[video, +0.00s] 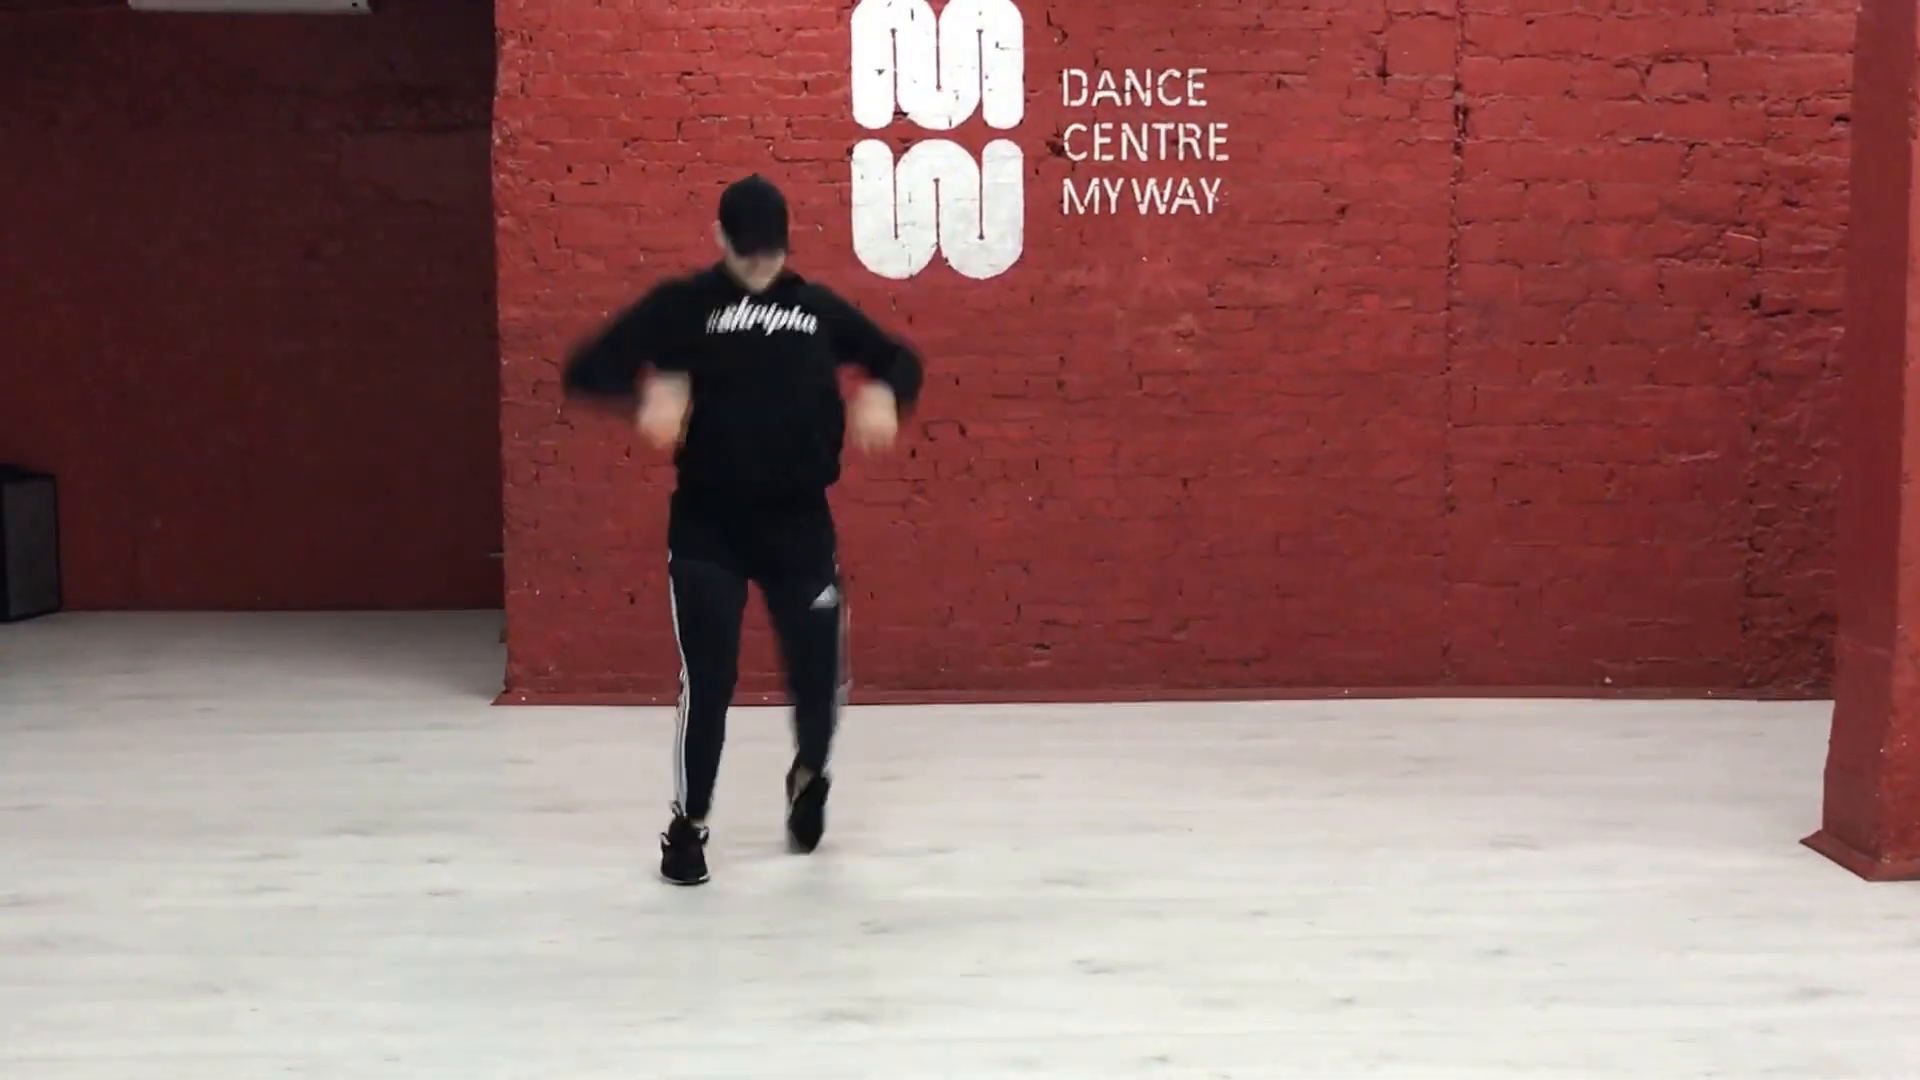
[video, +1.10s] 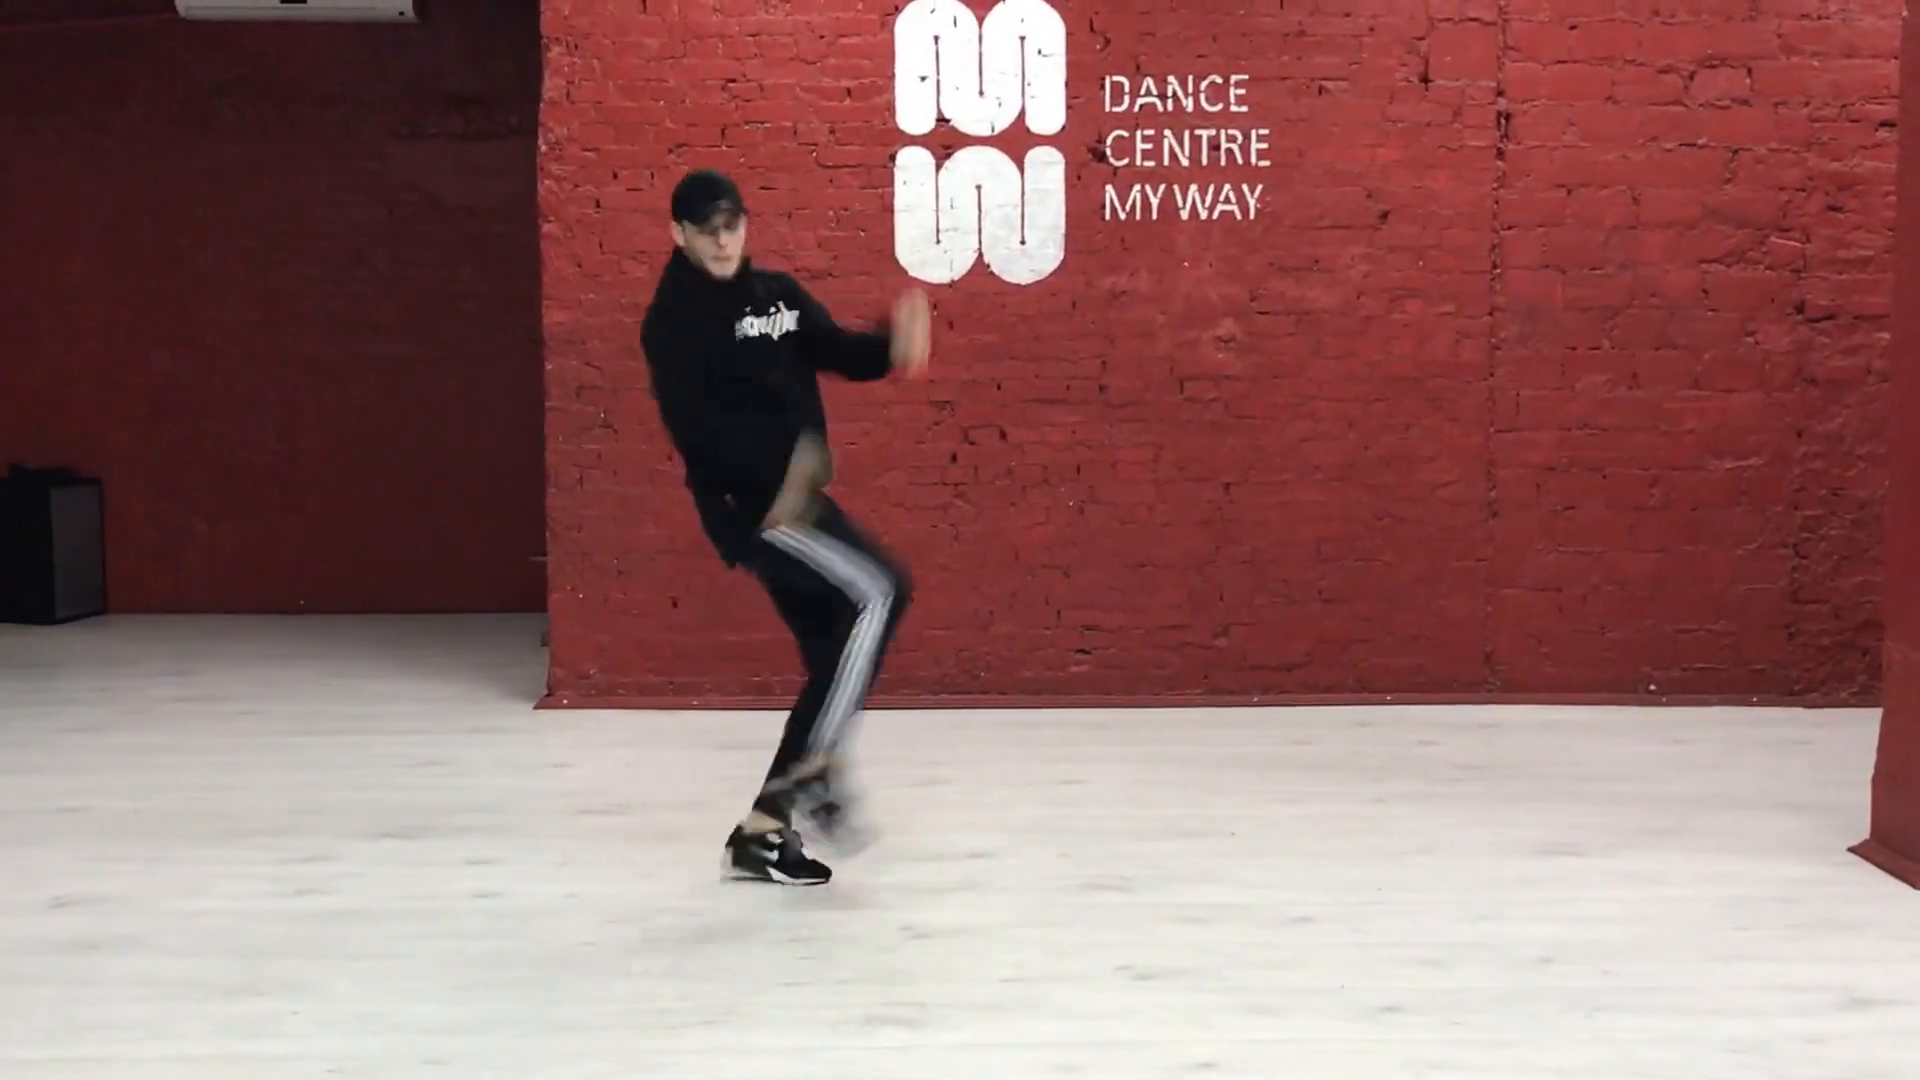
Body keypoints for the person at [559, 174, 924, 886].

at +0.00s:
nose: (759, 267)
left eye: (771, 254)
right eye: (746, 254)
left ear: (788, 246)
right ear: (722, 240)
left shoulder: (817, 307)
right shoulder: (682, 305)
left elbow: (901, 362)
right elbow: (587, 371)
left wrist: (886, 396)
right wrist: (643, 390)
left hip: (797, 520)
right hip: (708, 520)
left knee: (817, 673)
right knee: (708, 681)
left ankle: (810, 779)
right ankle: (688, 826)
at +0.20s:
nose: (742, 257)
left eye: (753, 244)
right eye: (729, 244)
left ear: (772, 229)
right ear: (708, 230)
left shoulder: (810, 283)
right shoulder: (672, 289)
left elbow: (897, 343)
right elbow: (618, 401)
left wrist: (889, 421)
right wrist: (651, 495)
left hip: (778, 501)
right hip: (692, 502)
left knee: (773, 629)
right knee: (700, 666)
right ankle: (688, 819)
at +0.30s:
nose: (749, 265)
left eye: (760, 253)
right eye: (736, 253)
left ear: (779, 240)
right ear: (717, 239)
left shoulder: (812, 281)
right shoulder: (677, 292)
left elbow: (890, 312)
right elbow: (572, 350)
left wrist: (900, 386)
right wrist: (644, 419)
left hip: (778, 484)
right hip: (693, 487)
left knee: (749, 598)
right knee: (705, 638)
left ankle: (757, 738)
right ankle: (688, 788)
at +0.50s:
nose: (770, 285)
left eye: (782, 273)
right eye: (758, 272)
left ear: (801, 261)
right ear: (740, 257)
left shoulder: (828, 305)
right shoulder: (710, 290)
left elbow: (899, 404)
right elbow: (633, 348)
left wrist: (864, 350)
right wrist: (734, 337)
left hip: (786, 512)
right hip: (694, 509)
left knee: (818, 626)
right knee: (654, 644)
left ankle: (789, 783)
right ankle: (678, 799)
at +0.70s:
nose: (785, 293)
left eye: (796, 280)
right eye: (773, 280)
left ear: (816, 266)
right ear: (755, 268)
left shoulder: (847, 315)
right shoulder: (719, 312)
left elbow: (901, 367)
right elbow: (607, 361)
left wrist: (936, 359)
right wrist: (645, 331)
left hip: (801, 529)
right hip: (715, 526)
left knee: (854, 669)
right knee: (682, 685)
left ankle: (813, 827)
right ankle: (563, 812)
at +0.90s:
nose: (771, 241)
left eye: (782, 225)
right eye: (755, 230)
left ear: (802, 231)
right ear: (736, 239)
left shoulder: (812, 303)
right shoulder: (723, 295)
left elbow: (847, 355)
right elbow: (779, 330)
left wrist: (903, 380)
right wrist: (869, 348)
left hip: (793, 518)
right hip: (713, 520)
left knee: (873, 640)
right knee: (760, 667)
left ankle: (829, 810)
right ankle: (699, 842)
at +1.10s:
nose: (724, 241)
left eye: (732, 225)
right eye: (708, 230)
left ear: (746, 224)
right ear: (680, 234)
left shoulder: (777, 293)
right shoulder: (673, 316)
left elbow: (840, 352)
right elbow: (692, 428)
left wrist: (890, 347)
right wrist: (778, 460)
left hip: (797, 498)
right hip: (746, 511)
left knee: (834, 648)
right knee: (877, 590)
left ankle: (768, 824)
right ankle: (811, 765)